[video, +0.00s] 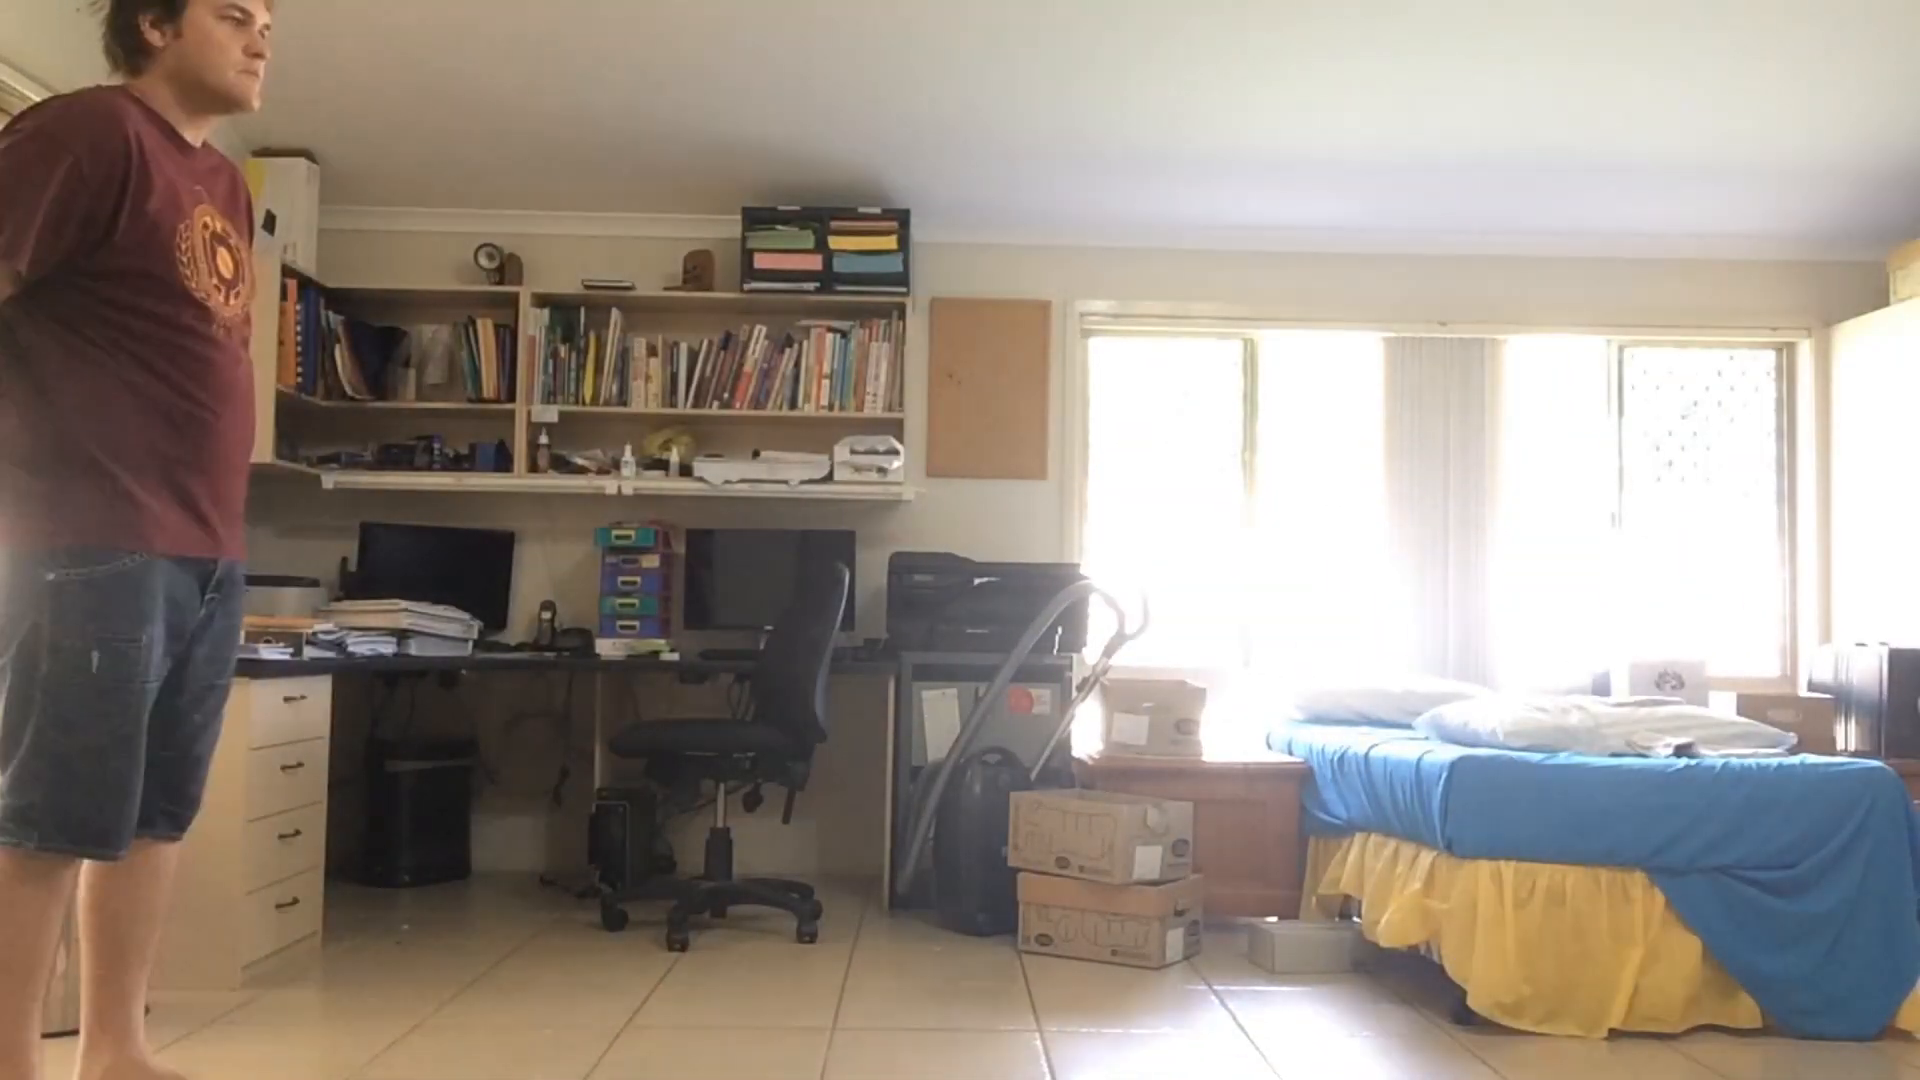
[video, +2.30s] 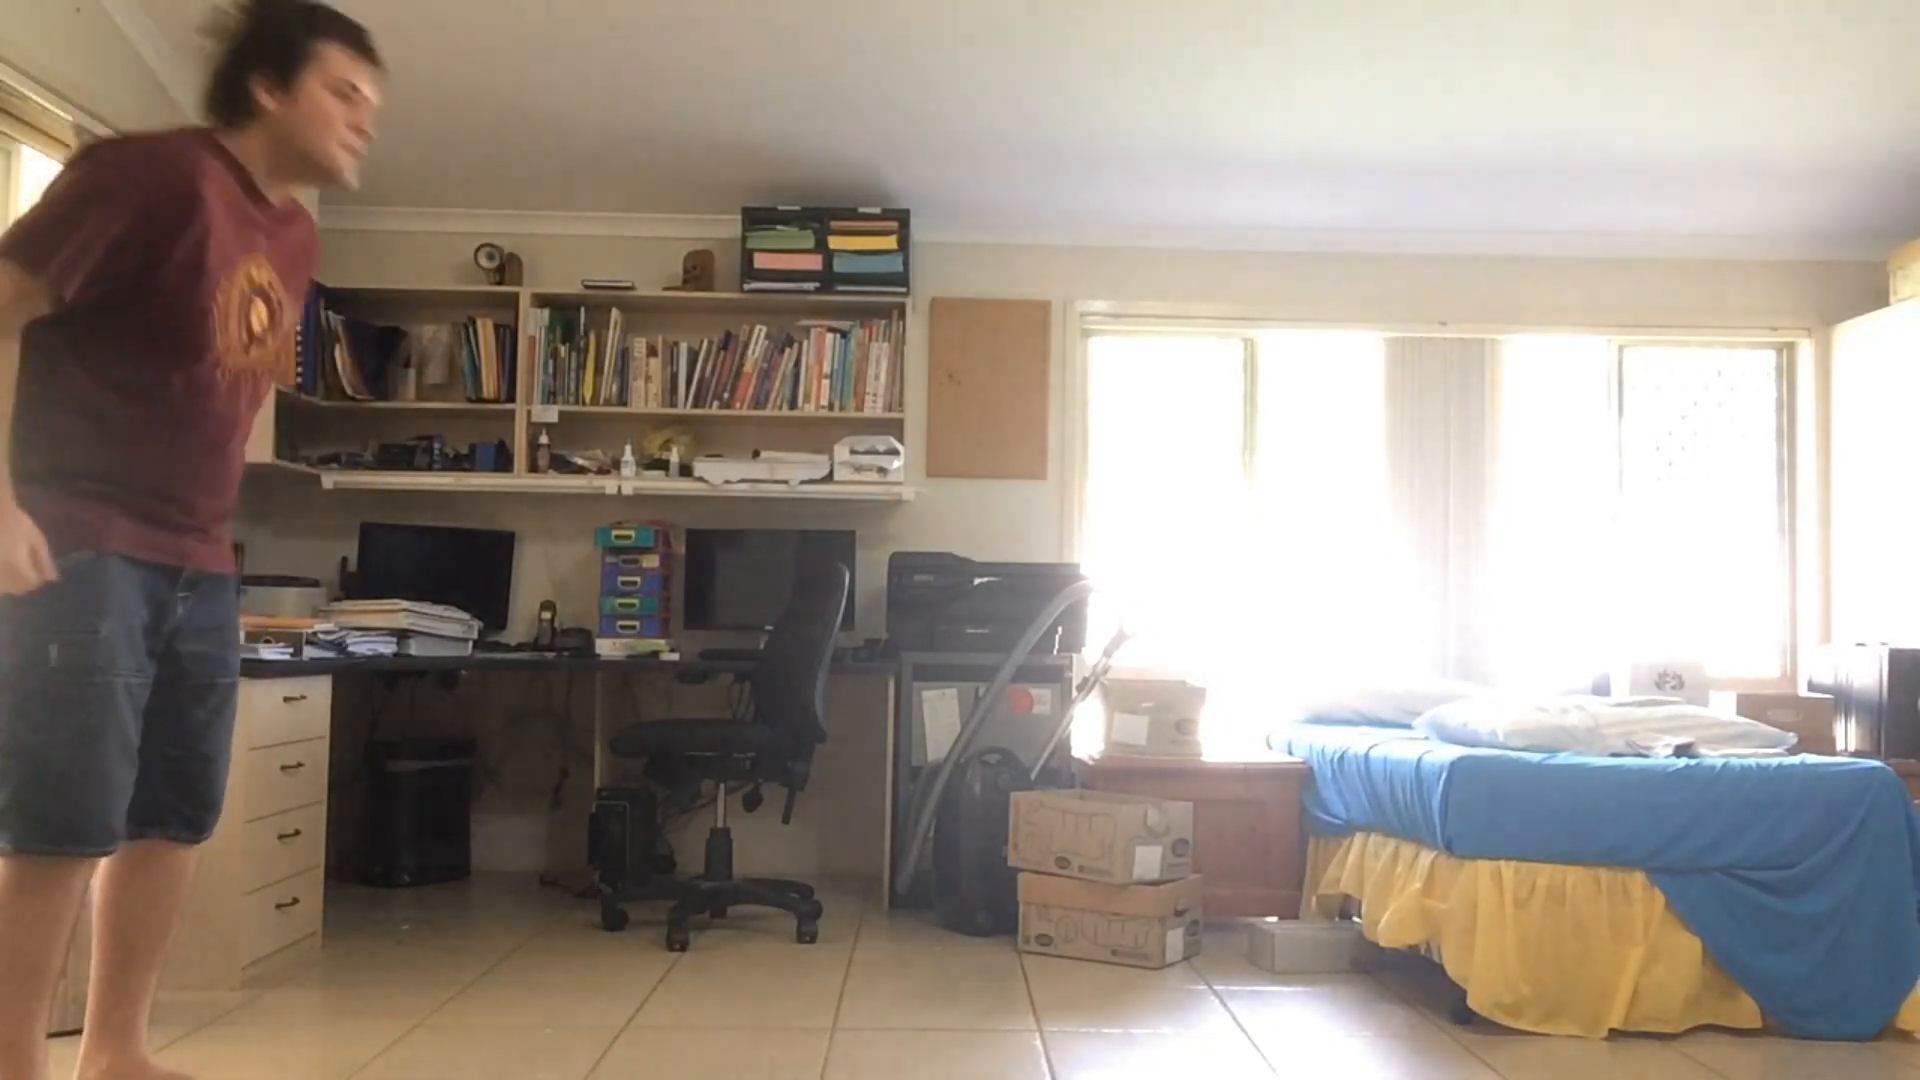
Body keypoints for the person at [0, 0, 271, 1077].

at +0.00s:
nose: (262, 32)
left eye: (265, 17)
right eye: (234, 11)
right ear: (156, 29)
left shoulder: (230, 180)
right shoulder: (82, 131)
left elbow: (210, 350)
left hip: (203, 540)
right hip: (79, 537)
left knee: (150, 819)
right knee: (43, 826)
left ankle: (115, 1052)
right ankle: (16, 1058)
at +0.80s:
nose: (384, 157)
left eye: (390, 139)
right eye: (366, 127)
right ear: (284, 115)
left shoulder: (304, 253)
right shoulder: (143, 192)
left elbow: (248, 388)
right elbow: (3, 312)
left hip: (201, 548)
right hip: (71, 540)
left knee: (171, 818)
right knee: (65, 824)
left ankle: (119, 1053)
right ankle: (18, 1062)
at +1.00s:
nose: (452, 321)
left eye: (463, 305)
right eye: (444, 290)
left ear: (382, 277)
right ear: (371, 261)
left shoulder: (356, 358)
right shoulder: (212, 290)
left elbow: (234, 437)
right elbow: (15, 297)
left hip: (174, 560)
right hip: (45, 543)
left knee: (186, 803)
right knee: (79, 808)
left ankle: (118, 1055)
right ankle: (21, 1064)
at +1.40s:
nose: (417, 176)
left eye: (424, 158)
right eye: (399, 147)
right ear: (320, 138)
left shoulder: (336, 268)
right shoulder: (197, 211)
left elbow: (267, 422)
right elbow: (43, 366)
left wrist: (296, 538)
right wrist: (96, 554)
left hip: (207, 569)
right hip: (88, 553)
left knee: (183, 824)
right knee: (86, 828)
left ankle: (117, 1056)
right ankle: (24, 1061)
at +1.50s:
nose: (378, 124)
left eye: (383, 108)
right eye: (360, 96)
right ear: (282, 89)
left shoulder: (311, 231)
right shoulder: (174, 174)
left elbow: (274, 386)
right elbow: (63, 340)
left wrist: (360, 478)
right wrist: (216, 477)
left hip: (213, 551)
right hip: (91, 542)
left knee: (176, 824)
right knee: (74, 829)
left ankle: (116, 1058)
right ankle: (25, 1062)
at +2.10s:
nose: (278, 61)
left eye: (282, 44)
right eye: (256, 34)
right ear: (178, 42)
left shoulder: (250, 204)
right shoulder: (90, 147)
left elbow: (227, 373)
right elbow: (11, 325)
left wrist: (240, 518)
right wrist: (89, 509)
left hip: (222, 555)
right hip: (102, 546)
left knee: (172, 818)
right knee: (67, 824)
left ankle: (116, 1054)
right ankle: (19, 1060)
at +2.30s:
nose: (366, 123)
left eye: (372, 107)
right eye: (347, 93)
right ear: (268, 85)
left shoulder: (296, 235)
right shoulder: (145, 171)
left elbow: (232, 390)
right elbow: (5, 303)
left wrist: (204, 525)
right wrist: (1, 498)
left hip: (201, 558)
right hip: (74, 543)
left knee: (168, 818)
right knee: (58, 825)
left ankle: (117, 1052)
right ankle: (18, 1063)